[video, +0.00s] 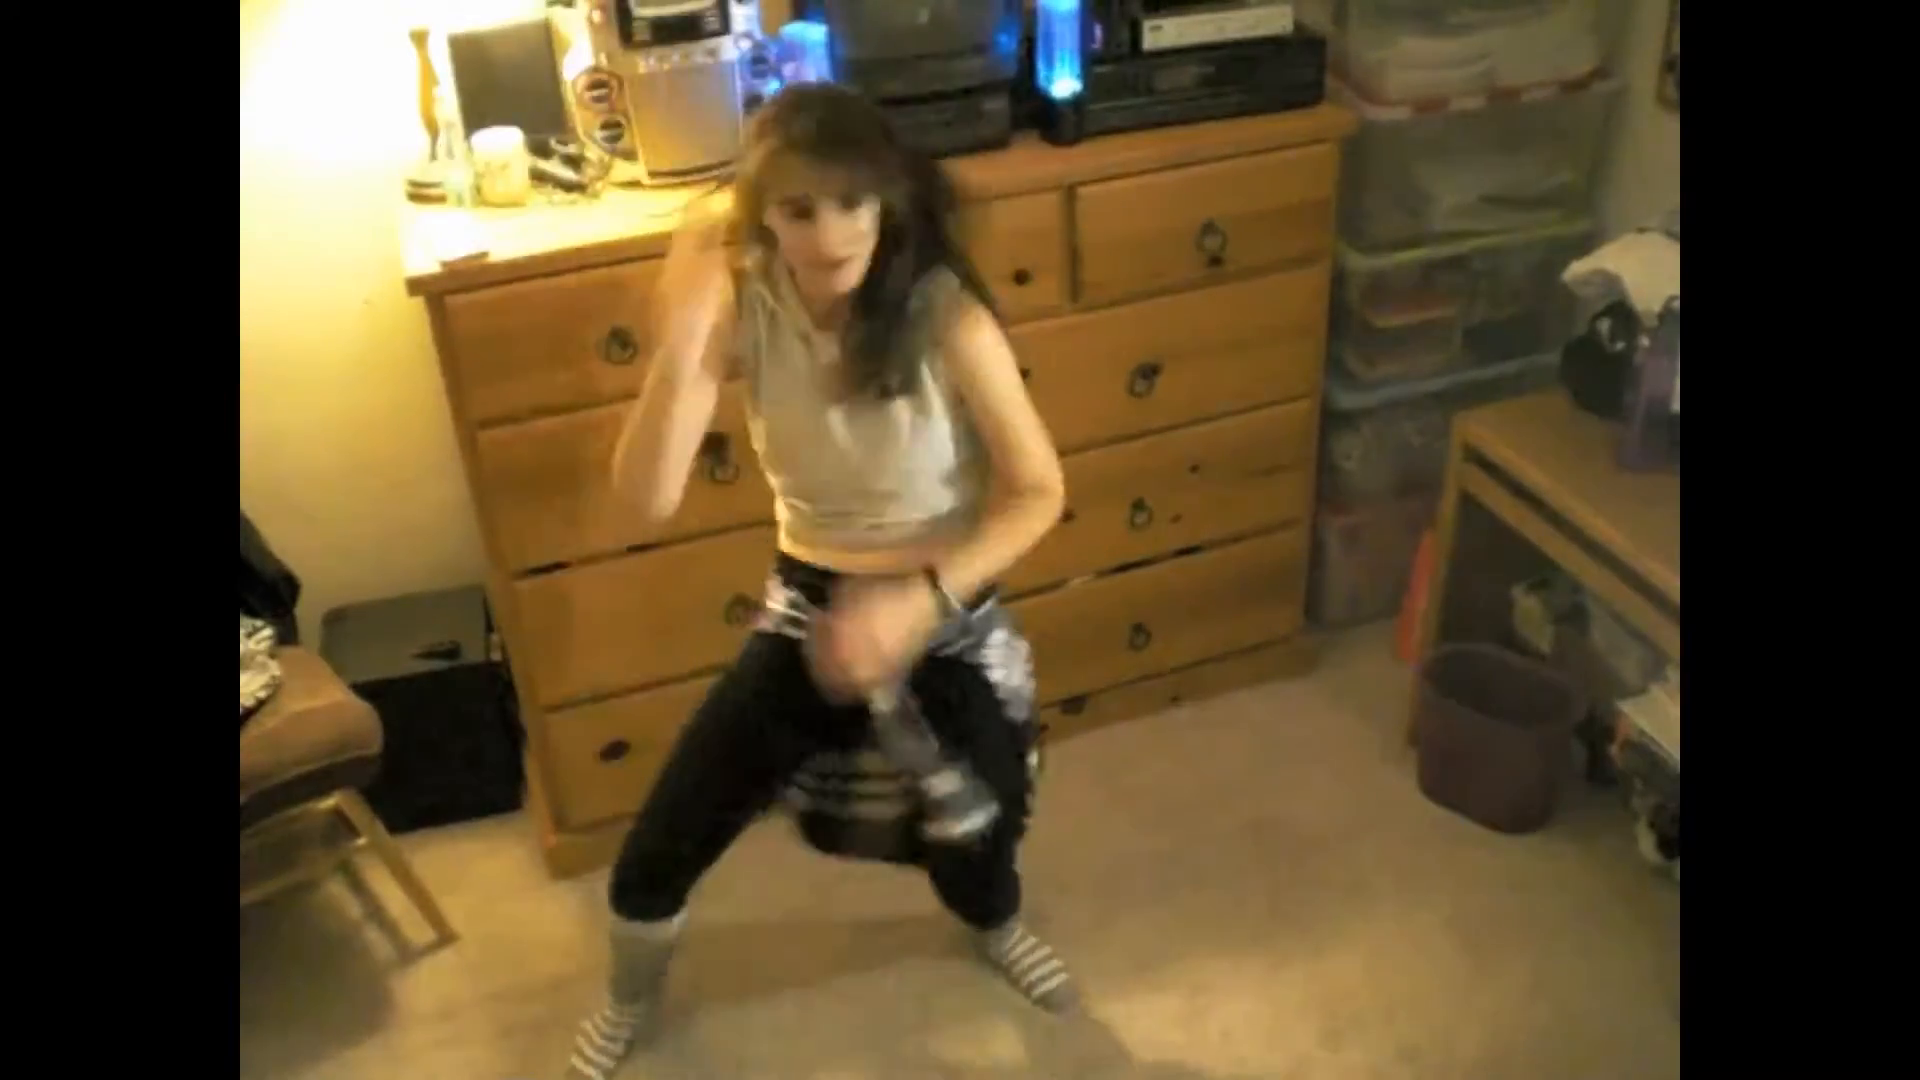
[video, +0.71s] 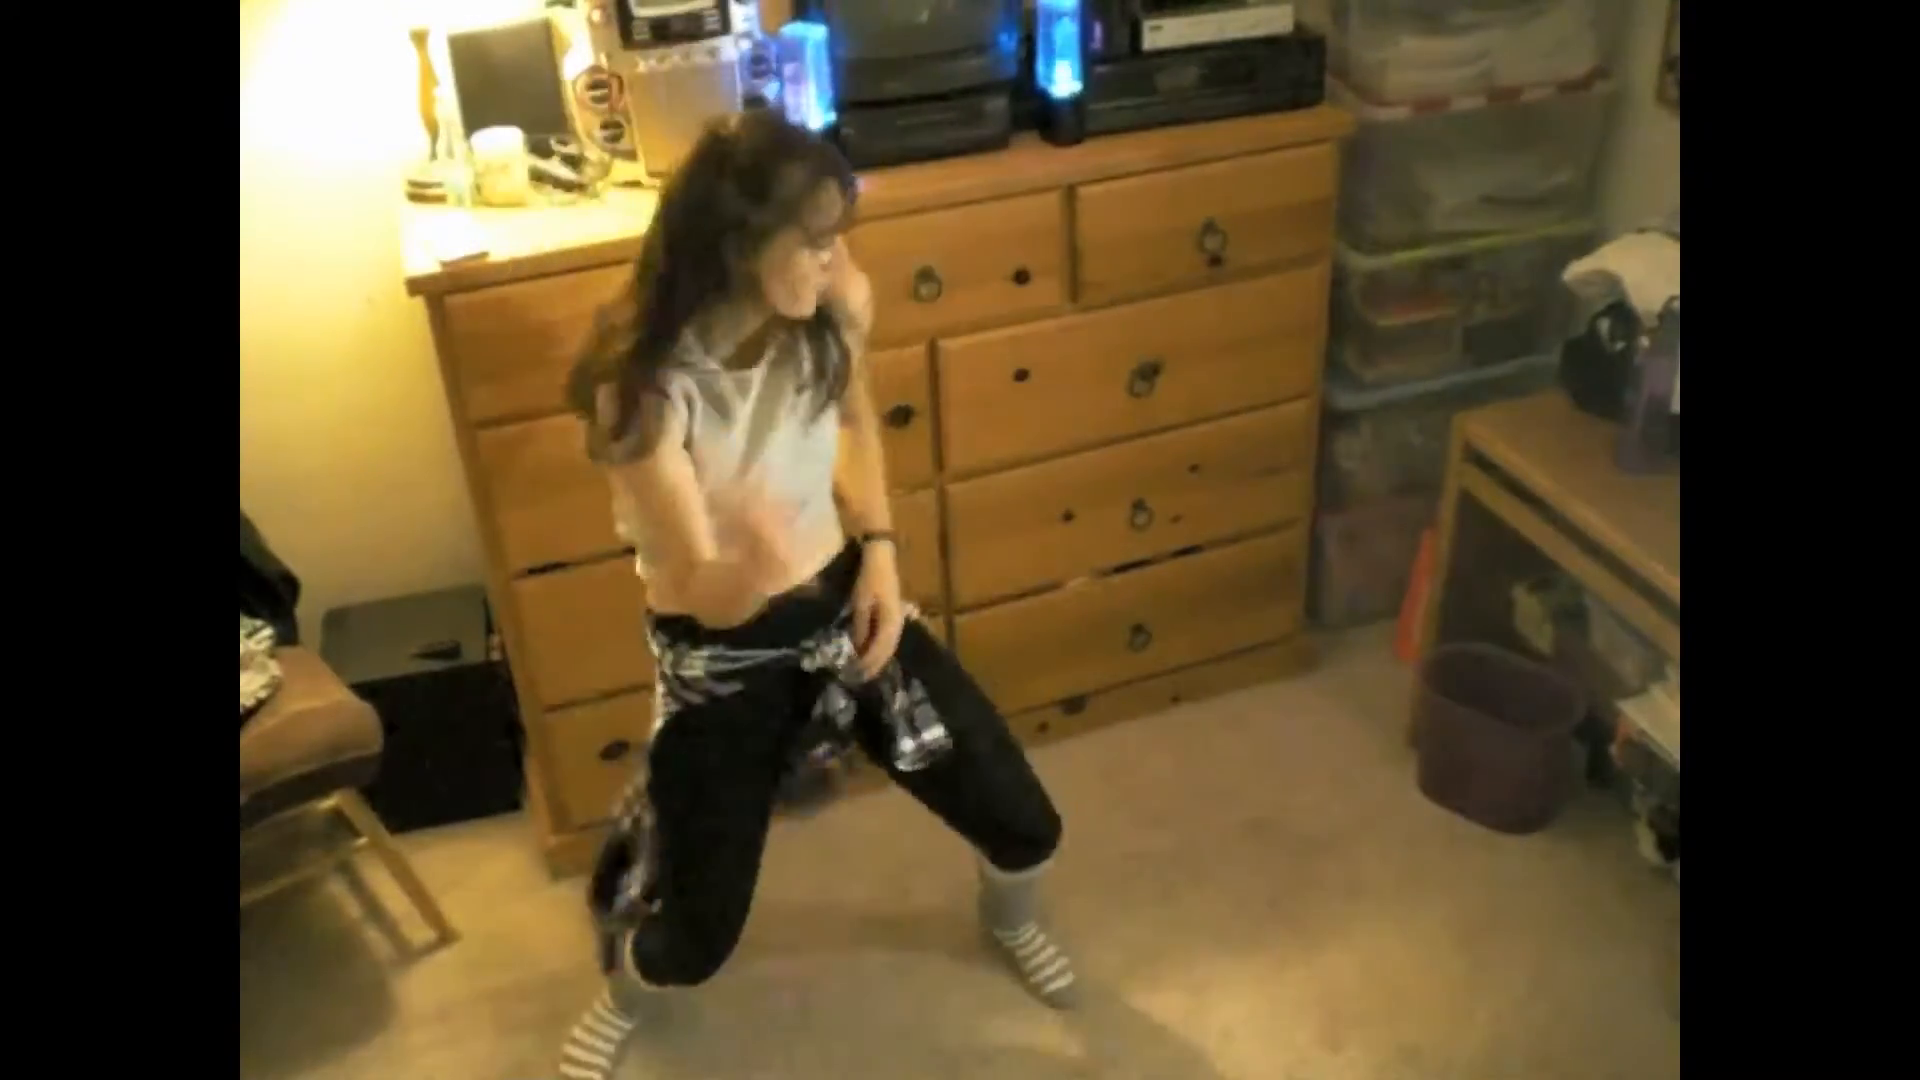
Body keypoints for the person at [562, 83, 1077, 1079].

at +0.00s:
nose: (828, 234)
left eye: (850, 204)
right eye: (798, 211)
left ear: (889, 205)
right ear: (763, 219)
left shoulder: (944, 316)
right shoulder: (743, 317)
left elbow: (1036, 490)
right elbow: (645, 505)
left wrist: (922, 598)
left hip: (946, 610)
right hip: (808, 611)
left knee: (978, 863)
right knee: (652, 865)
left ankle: (1001, 933)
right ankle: (627, 1010)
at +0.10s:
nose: (858, 216)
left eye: (869, 182)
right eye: (822, 194)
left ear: (887, 179)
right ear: (758, 206)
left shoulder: (923, 300)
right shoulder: (734, 298)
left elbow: (1029, 473)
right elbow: (653, 357)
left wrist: (986, 641)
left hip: (958, 603)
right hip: (818, 617)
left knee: (1001, 818)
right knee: (668, 849)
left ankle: (1003, 930)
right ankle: (609, 1013)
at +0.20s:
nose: (842, 191)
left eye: (855, 160)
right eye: (811, 166)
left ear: (876, 160)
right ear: (740, 173)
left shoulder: (915, 289)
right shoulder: (701, 272)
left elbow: (1008, 426)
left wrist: (983, 590)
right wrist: (701, 27)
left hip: (934, 588)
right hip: (794, 613)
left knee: (1000, 780)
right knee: (722, 849)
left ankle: (1007, 927)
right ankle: (613, 1001)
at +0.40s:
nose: (789, 196)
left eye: (801, 167)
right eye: (759, 173)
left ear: (819, 159)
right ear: (689, 178)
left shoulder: (870, 253)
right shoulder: (671, 298)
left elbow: (922, 415)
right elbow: (560, 246)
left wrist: (923, 571)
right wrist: (597, 139)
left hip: (883, 600)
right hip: (733, 625)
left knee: (1031, 783)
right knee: (704, 879)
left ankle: (1005, 918)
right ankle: (625, 993)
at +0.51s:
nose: (795, 228)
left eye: (800, 200)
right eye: (761, 211)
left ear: (812, 189)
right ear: (685, 220)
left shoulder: (852, 271)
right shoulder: (662, 325)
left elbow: (914, 406)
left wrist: (910, 574)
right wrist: (594, 240)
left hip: (859, 627)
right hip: (716, 646)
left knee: (1026, 810)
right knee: (693, 903)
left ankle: (1001, 920)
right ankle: (618, 1003)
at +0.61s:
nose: (816, 249)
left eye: (816, 225)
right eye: (791, 231)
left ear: (821, 221)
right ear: (713, 234)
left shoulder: (838, 288)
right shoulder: (645, 359)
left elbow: (889, 420)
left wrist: (884, 573)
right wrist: (630, 357)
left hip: (844, 623)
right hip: (713, 655)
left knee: (1030, 829)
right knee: (691, 924)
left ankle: (1003, 921)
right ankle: (618, 1008)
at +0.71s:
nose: (839, 264)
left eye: (839, 238)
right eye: (815, 243)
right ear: (737, 247)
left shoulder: (828, 322)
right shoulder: (642, 387)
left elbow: (856, 429)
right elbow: (701, 597)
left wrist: (878, 549)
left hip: (849, 616)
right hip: (721, 667)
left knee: (1024, 828)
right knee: (697, 935)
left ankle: (1010, 919)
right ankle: (620, 1003)